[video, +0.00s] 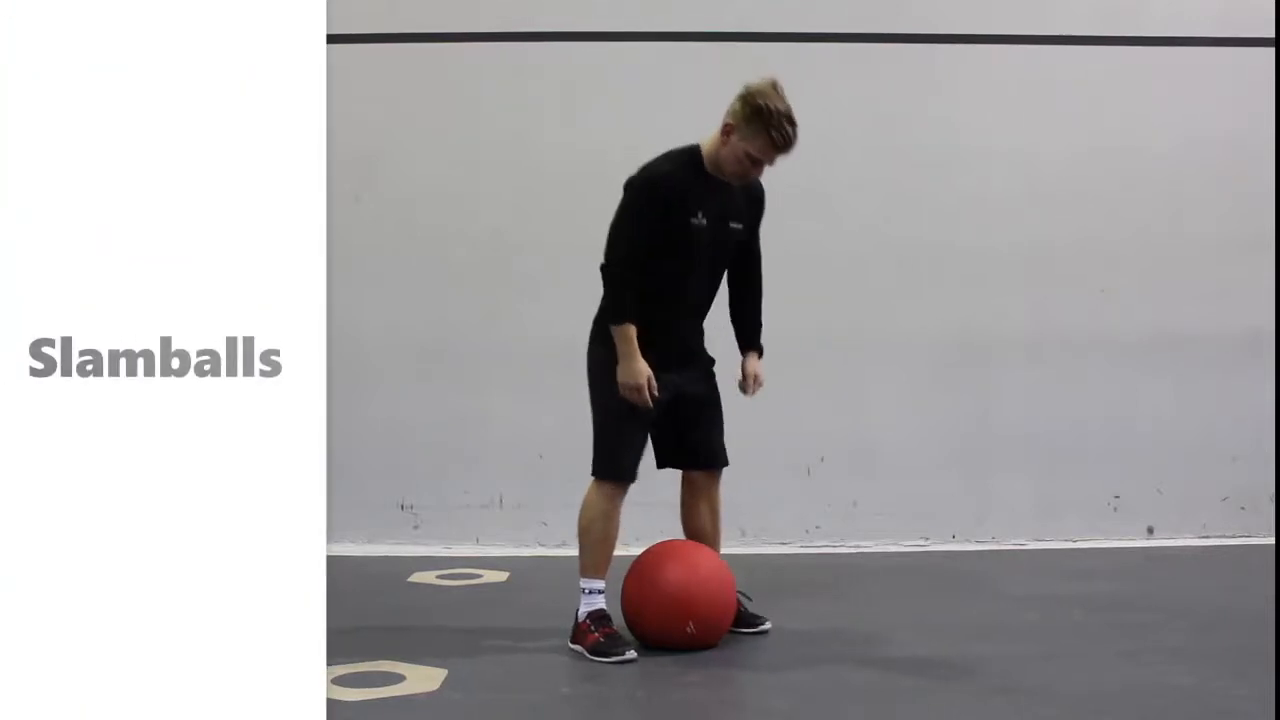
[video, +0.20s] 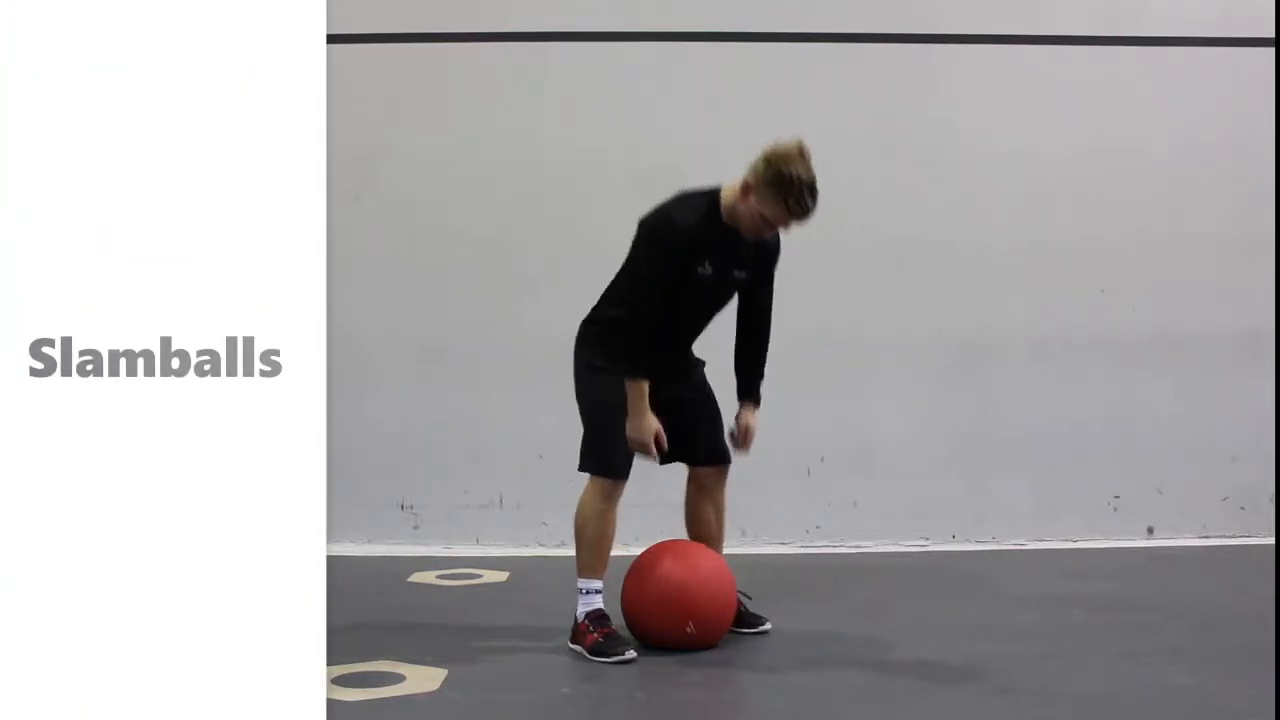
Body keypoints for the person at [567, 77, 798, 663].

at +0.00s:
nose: (757, 171)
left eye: (767, 163)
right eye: (752, 158)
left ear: (772, 151)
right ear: (726, 130)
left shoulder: (747, 195)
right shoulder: (658, 182)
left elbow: (745, 274)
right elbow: (616, 271)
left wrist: (751, 348)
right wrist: (628, 353)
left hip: (685, 346)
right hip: (625, 344)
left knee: (704, 467)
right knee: (613, 475)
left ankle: (711, 597)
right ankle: (590, 612)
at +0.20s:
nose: (769, 234)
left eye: (779, 227)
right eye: (766, 220)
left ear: (789, 217)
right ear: (744, 190)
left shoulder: (763, 245)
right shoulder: (673, 225)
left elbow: (754, 323)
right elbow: (636, 318)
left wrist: (749, 402)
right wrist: (638, 408)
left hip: (671, 354)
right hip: (610, 349)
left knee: (711, 462)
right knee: (610, 467)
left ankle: (709, 594)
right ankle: (589, 613)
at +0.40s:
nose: (784, 320)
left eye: (792, 314)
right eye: (782, 309)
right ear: (761, 279)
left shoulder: (768, 314)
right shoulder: (688, 295)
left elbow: (752, 391)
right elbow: (652, 389)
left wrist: (742, 476)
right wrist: (642, 491)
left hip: (667, 379)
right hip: (601, 370)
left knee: (728, 468)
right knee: (613, 477)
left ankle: (714, 595)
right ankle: (590, 616)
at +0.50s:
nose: (785, 355)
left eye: (794, 350)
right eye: (785, 343)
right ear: (764, 314)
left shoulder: (769, 340)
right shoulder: (690, 323)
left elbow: (749, 420)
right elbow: (656, 422)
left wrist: (738, 506)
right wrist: (642, 519)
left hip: (670, 393)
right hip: (600, 382)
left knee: (732, 469)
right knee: (615, 477)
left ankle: (716, 595)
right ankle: (590, 615)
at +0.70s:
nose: (782, 429)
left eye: (791, 425)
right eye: (782, 418)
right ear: (764, 389)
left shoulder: (768, 404)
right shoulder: (693, 388)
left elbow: (746, 488)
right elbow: (655, 488)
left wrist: (728, 576)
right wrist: (639, 580)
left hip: (662, 423)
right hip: (598, 410)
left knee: (755, 477)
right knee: (614, 480)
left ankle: (722, 595)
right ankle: (591, 616)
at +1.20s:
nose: (779, 346)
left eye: (787, 337)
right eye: (777, 332)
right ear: (751, 308)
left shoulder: (762, 353)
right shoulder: (688, 330)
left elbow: (741, 429)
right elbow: (649, 419)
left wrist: (730, 519)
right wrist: (646, 512)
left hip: (661, 396)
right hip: (596, 385)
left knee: (737, 464)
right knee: (609, 473)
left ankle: (712, 596)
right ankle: (592, 616)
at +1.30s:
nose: (768, 299)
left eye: (776, 289)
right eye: (764, 286)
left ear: (784, 280)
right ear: (736, 263)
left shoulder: (758, 315)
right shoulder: (679, 295)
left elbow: (740, 393)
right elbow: (646, 381)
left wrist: (738, 476)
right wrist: (653, 476)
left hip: (659, 381)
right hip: (597, 376)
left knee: (724, 468)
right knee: (612, 472)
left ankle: (713, 594)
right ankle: (592, 616)